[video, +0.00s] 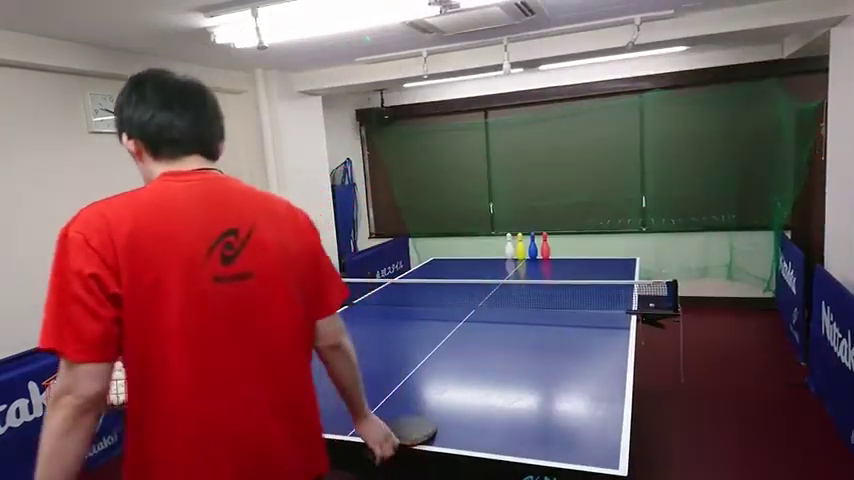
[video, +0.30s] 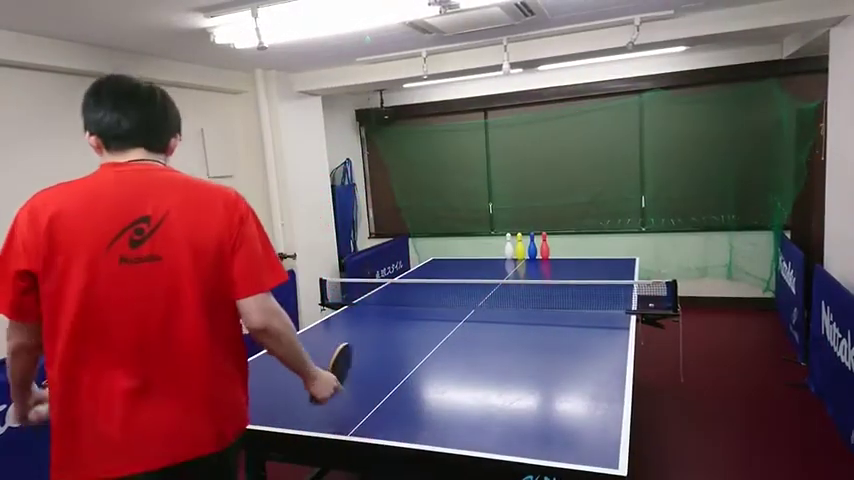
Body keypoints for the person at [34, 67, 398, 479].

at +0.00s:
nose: (126, 152)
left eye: (122, 143)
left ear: (134, 146)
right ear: (219, 145)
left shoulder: (100, 230)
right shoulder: (288, 219)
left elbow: (81, 396)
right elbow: (333, 341)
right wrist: (365, 417)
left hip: (169, 466)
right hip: (292, 463)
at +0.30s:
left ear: (93, 141)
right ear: (173, 142)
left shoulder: (41, 214)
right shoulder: (222, 205)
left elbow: (20, 342)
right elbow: (260, 319)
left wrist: (22, 404)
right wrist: (312, 375)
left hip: (90, 458)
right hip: (204, 449)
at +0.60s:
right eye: (171, 157)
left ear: (96, 153)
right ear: (164, 157)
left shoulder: (47, 213)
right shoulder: (193, 208)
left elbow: (43, 319)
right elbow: (222, 312)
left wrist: (95, 345)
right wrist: (278, 346)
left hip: (93, 425)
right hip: (182, 419)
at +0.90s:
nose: (155, 174)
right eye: (157, 168)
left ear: (92, 158)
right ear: (152, 162)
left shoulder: (52, 210)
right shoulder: (153, 200)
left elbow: (53, 292)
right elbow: (169, 293)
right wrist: (250, 327)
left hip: (80, 407)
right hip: (150, 400)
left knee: (107, 473)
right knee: (179, 471)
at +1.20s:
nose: (144, 198)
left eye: (147, 192)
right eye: (147, 189)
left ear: (95, 167)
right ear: (139, 173)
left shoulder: (60, 208)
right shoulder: (115, 192)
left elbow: (61, 305)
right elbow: (96, 271)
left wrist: (127, 356)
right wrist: (187, 320)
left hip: (43, 390)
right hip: (95, 386)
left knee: (67, 472)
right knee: (130, 471)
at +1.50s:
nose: (138, 201)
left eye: (145, 193)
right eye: (144, 191)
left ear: (96, 167)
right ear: (135, 175)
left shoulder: (65, 202)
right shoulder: (101, 190)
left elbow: (64, 311)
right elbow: (74, 267)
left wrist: (123, 357)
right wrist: (161, 313)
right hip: (71, 384)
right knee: (97, 471)